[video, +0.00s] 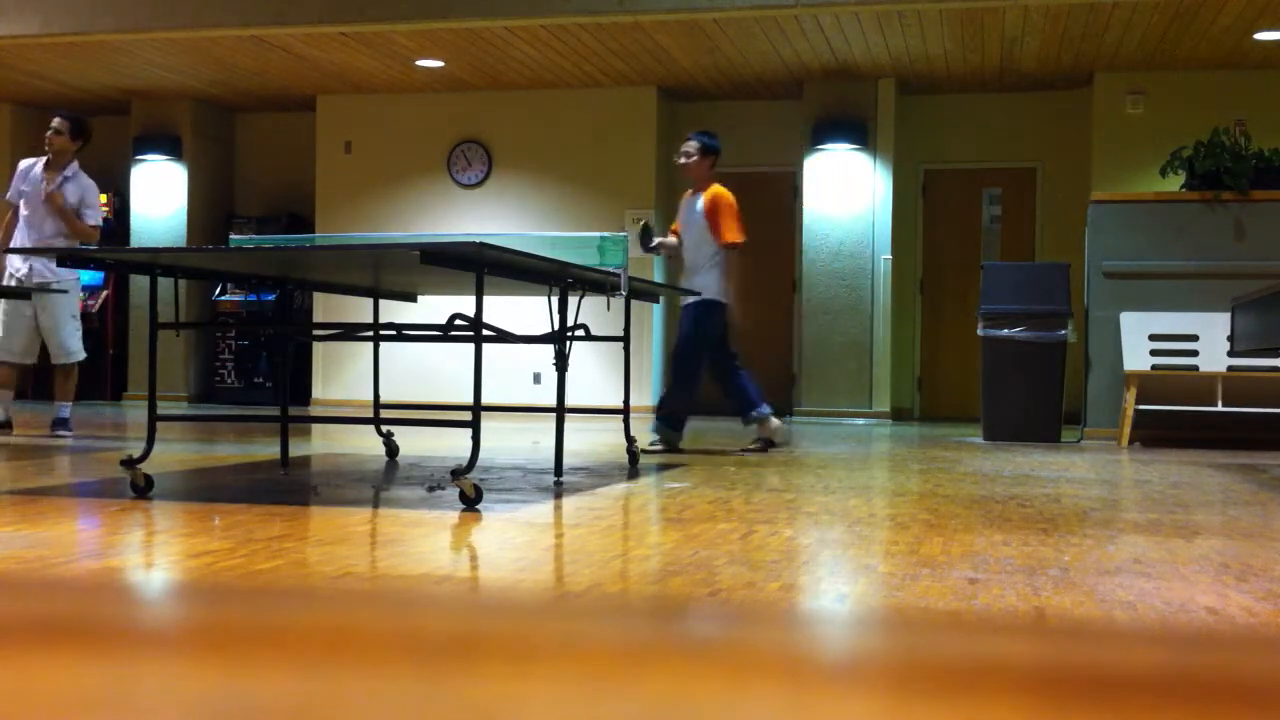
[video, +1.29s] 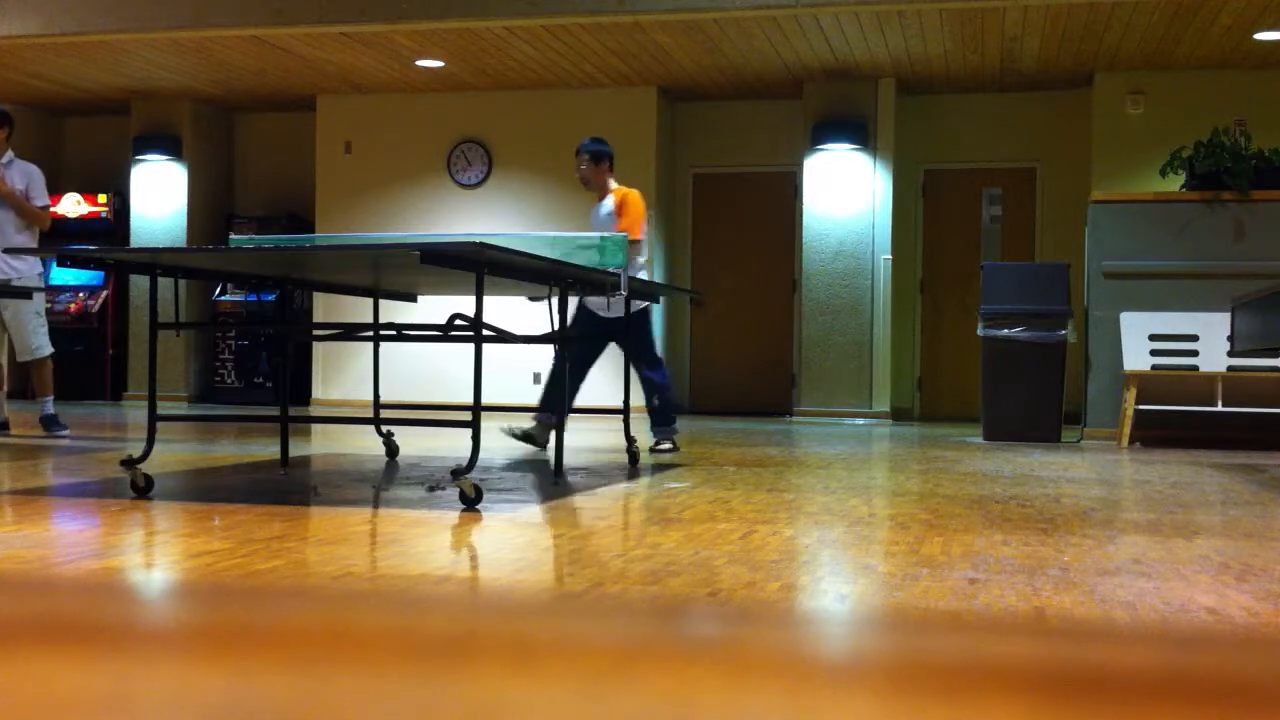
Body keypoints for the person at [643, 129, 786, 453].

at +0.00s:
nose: (681, 160)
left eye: (688, 155)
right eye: (681, 155)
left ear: (708, 160)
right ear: (687, 161)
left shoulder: (720, 197)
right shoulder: (689, 198)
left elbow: (733, 251)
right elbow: (679, 241)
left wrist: (734, 301)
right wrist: (657, 244)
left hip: (710, 296)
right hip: (694, 295)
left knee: (684, 361)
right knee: (722, 362)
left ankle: (669, 433)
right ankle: (765, 421)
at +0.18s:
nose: (664, 159)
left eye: (670, 153)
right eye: (662, 154)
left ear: (690, 157)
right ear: (666, 159)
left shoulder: (700, 191)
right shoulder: (672, 194)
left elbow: (688, 236)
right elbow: (661, 233)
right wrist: (642, 253)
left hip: (695, 290)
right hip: (671, 289)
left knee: (684, 363)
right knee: (665, 358)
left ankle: (673, 437)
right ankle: (715, 409)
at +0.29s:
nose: (651, 159)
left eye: (658, 153)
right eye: (650, 153)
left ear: (679, 156)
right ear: (651, 158)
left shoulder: (691, 189)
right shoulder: (659, 195)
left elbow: (677, 223)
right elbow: (656, 239)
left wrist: (635, 238)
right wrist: (635, 265)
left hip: (690, 292)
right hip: (662, 291)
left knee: (683, 364)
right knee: (647, 358)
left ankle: (676, 434)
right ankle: (667, 422)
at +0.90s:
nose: (606, 168)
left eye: (611, 161)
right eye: (603, 162)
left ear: (631, 161)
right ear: (606, 166)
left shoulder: (658, 191)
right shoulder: (621, 206)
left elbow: (697, 217)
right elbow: (618, 246)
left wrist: (679, 249)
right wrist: (607, 276)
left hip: (658, 302)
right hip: (623, 302)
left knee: (665, 371)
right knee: (611, 365)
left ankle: (667, 435)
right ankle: (618, 432)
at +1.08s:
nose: (600, 172)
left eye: (605, 164)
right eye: (597, 166)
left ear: (626, 163)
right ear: (599, 168)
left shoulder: (651, 194)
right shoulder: (618, 209)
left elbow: (679, 228)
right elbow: (619, 249)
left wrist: (658, 256)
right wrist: (602, 278)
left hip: (651, 301)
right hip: (617, 301)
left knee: (663, 369)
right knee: (590, 360)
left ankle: (667, 435)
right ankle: (589, 427)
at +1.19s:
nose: (590, 173)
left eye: (595, 166)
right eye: (589, 167)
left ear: (616, 164)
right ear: (600, 168)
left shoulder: (644, 195)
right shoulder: (611, 209)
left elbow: (656, 231)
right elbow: (610, 249)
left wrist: (621, 256)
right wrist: (588, 275)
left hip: (641, 301)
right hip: (609, 301)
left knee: (658, 369)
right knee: (581, 360)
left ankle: (667, 436)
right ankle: (560, 426)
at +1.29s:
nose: (579, 173)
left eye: (584, 165)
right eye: (578, 166)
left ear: (604, 165)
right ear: (585, 169)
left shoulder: (629, 198)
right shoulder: (597, 209)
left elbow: (631, 248)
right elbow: (598, 251)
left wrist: (587, 263)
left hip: (628, 303)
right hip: (595, 303)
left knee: (649, 367)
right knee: (569, 362)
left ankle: (665, 436)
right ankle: (542, 429)